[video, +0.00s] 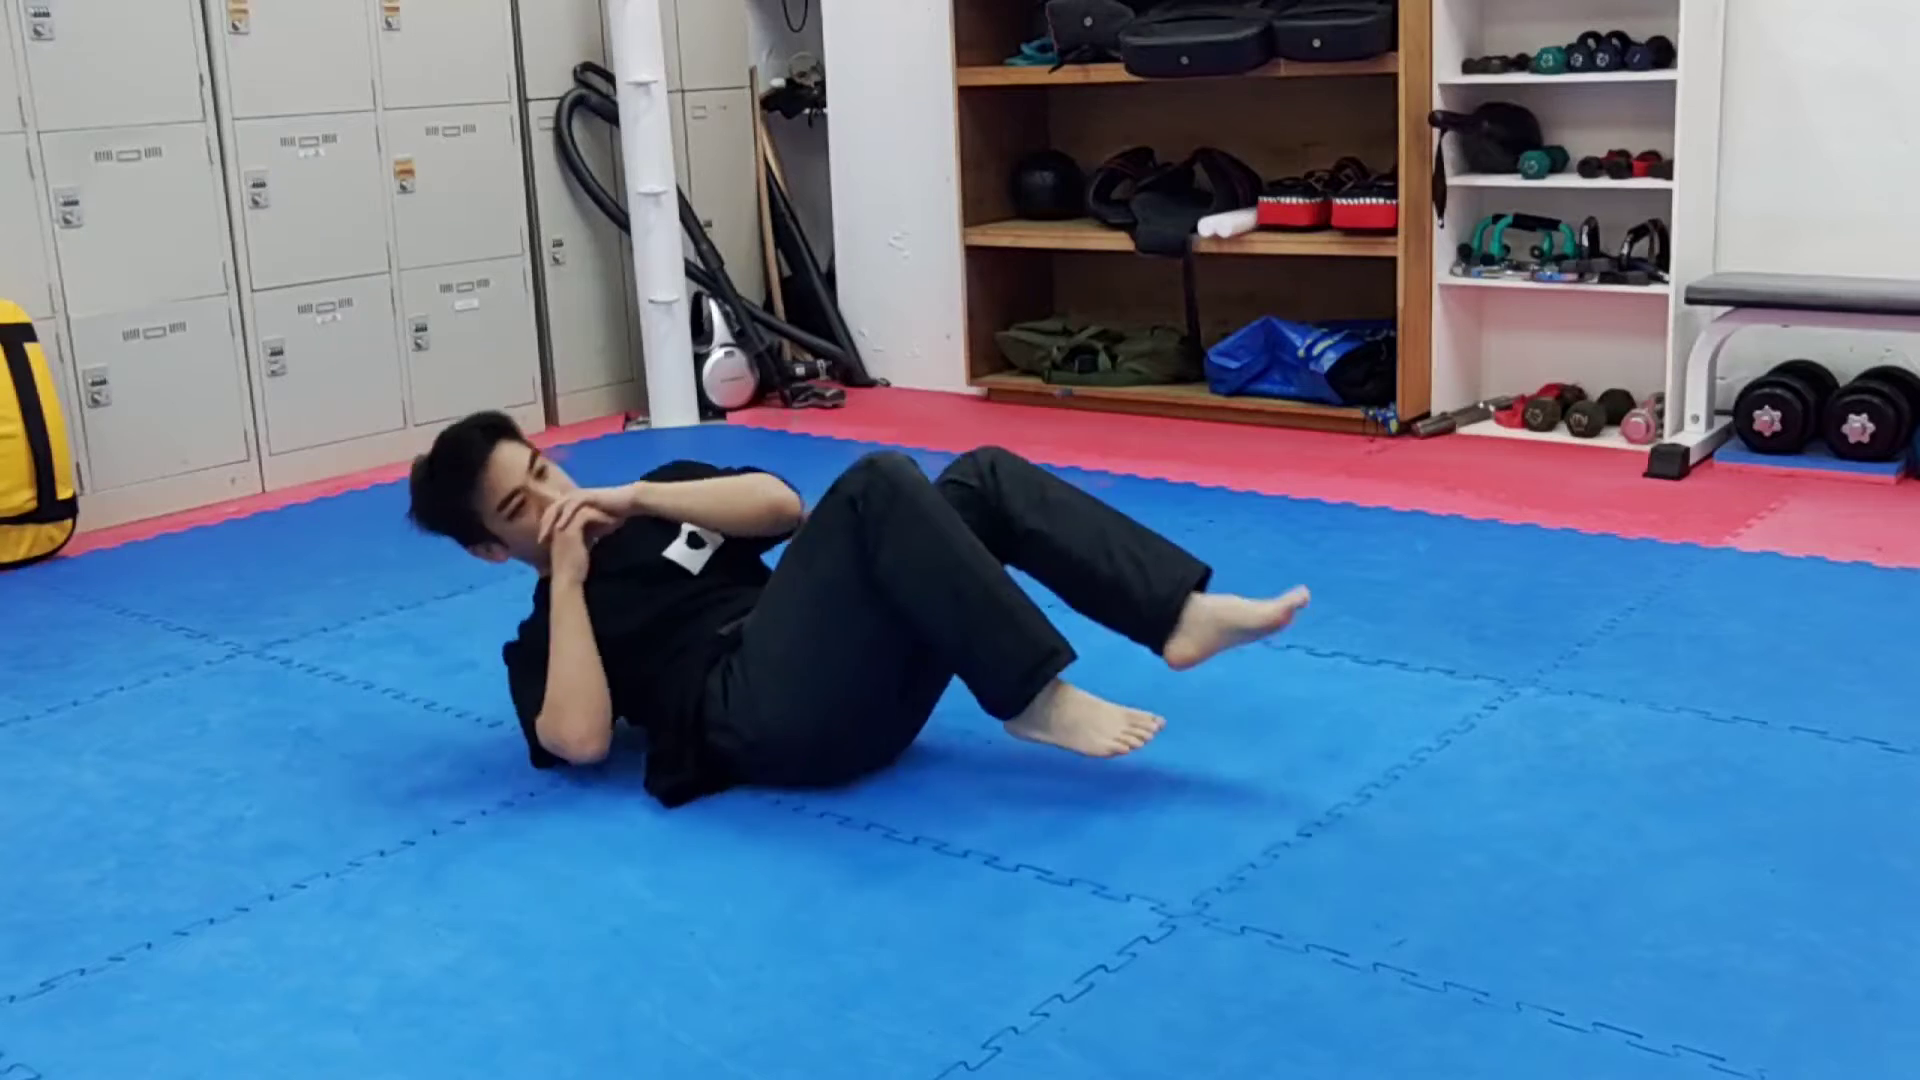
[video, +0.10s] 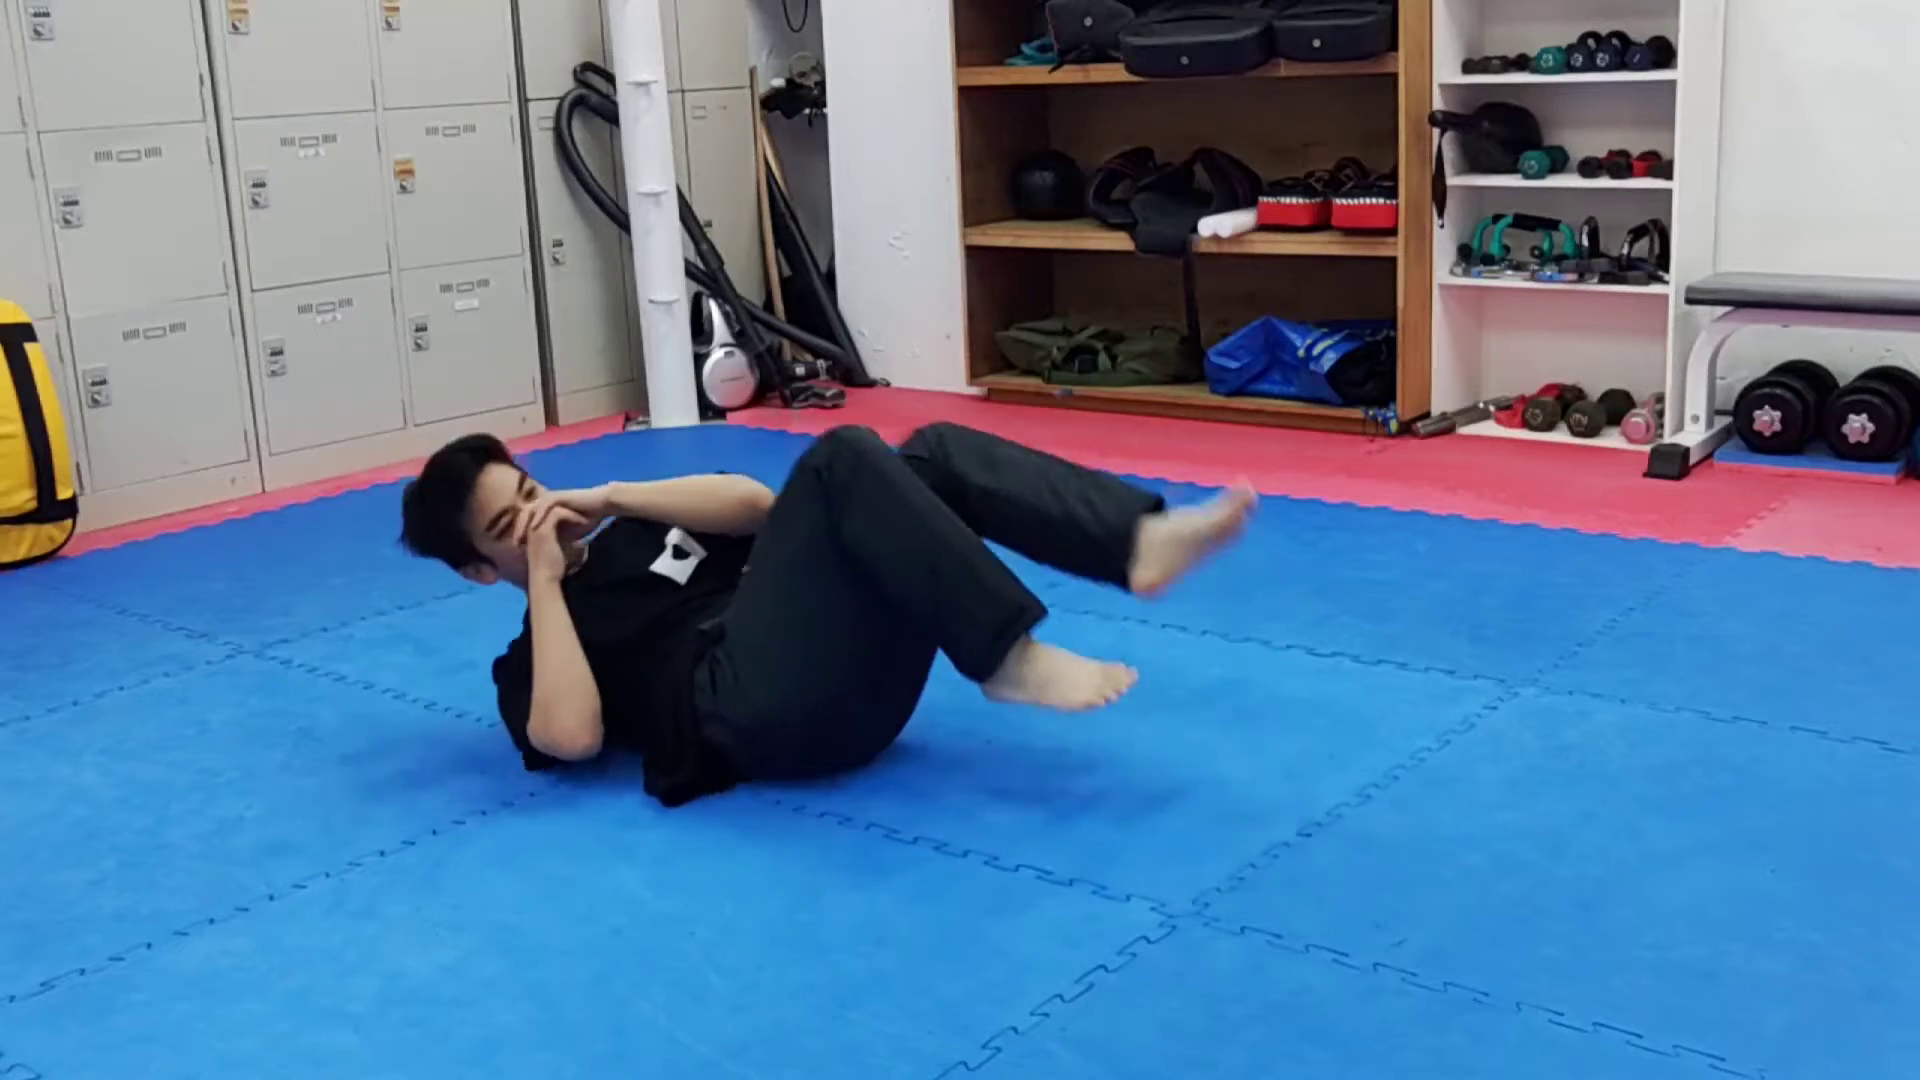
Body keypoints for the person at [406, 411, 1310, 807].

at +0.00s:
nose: (543, 498)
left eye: (535, 475)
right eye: (514, 506)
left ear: (554, 460)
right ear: (490, 543)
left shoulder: (652, 511)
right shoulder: (534, 635)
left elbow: (788, 507)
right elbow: (579, 742)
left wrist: (637, 500)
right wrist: (564, 585)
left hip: (864, 681)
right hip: (775, 730)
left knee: (983, 476)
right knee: (878, 480)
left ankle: (1179, 616)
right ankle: (1035, 697)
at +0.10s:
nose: (532, 514)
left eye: (524, 494)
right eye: (503, 523)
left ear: (539, 482)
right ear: (476, 563)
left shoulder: (638, 529)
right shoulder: (521, 659)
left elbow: (763, 505)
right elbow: (572, 739)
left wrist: (610, 497)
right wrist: (545, 588)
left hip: (853, 670)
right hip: (767, 720)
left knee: (933, 451)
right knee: (845, 458)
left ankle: (1133, 541)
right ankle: (1007, 653)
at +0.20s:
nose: (531, 533)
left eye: (529, 510)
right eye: (499, 538)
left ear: (545, 512)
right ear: (470, 583)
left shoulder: (634, 559)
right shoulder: (504, 676)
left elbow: (745, 519)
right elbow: (546, 724)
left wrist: (603, 496)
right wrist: (533, 570)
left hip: (835, 662)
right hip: (750, 707)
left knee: (853, 418)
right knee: (787, 433)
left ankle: (1074, 470)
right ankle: (985, 595)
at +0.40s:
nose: (535, 532)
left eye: (533, 518)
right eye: (505, 530)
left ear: (549, 530)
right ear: (469, 586)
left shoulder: (629, 581)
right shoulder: (492, 667)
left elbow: (746, 537)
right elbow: (556, 629)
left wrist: (665, 492)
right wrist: (580, 504)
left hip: (815, 626)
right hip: (745, 687)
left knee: (785, 371)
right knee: (720, 432)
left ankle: (1019, 444)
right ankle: (966, 528)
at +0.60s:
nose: (591, 495)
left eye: (585, 482)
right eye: (561, 489)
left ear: (599, 504)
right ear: (516, 536)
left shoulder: (646, 577)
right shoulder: (518, 621)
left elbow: (756, 600)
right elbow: (625, 598)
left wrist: (717, 501)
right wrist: (676, 504)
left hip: (861, 662)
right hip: (787, 710)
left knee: (861, 426)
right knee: (765, 474)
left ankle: (1055, 542)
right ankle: (998, 604)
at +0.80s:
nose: (662, 432)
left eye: (654, 417)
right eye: (635, 426)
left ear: (655, 437)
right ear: (586, 469)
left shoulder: (721, 519)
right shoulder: (569, 568)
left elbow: (842, 550)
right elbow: (635, 621)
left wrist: (767, 485)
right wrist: (703, 496)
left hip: (897, 669)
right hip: (804, 702)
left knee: (977, 454)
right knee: (872, 456)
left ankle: (1136, 619)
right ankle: (1031, 661)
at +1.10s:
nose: (647, 454)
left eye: (639, 434)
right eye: (620, 458)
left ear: (657, 431)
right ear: (594, 499)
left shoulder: (747, 483)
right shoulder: (621, 611)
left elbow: (863, 488)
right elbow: (658, 709)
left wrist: (721, 492)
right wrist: (664, 555)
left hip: (921, 645)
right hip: (833, 690)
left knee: (1019, 451)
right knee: (918, 446)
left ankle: (1194, 563)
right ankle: (1059, 652)